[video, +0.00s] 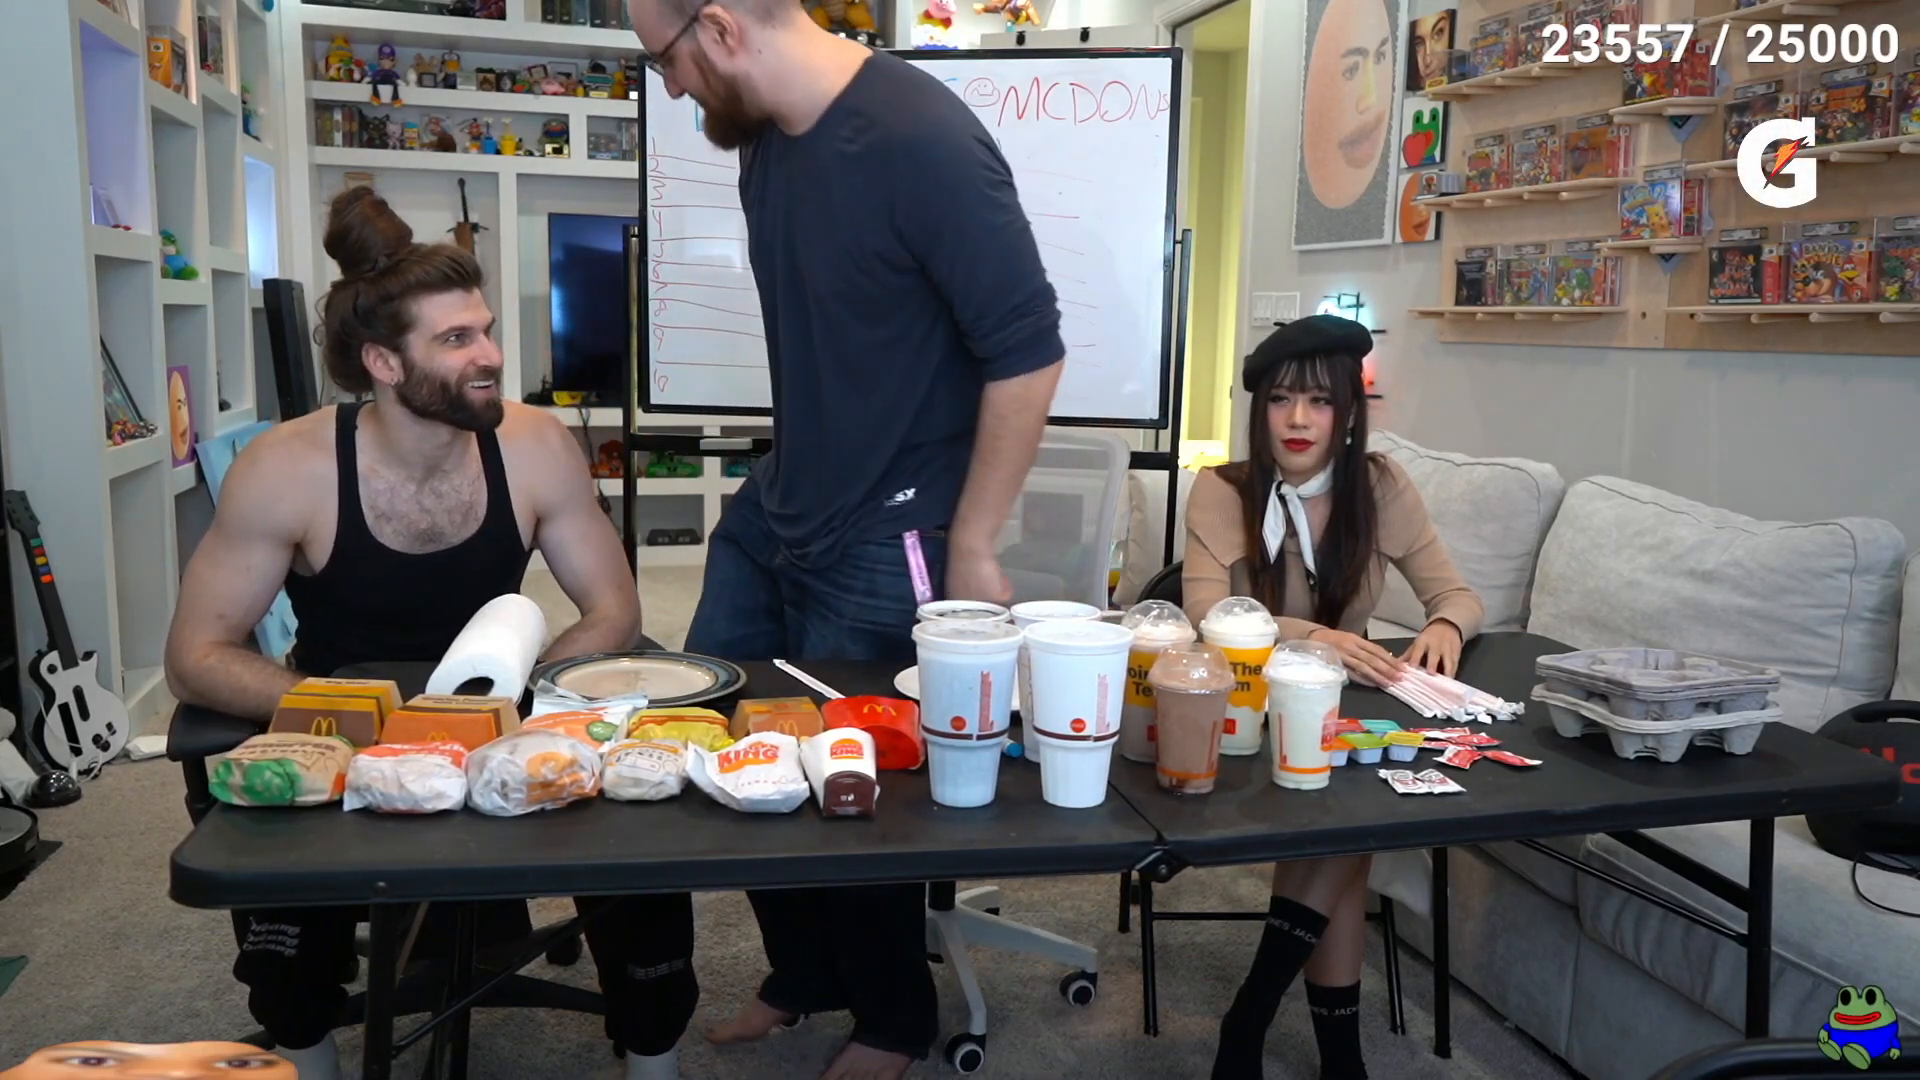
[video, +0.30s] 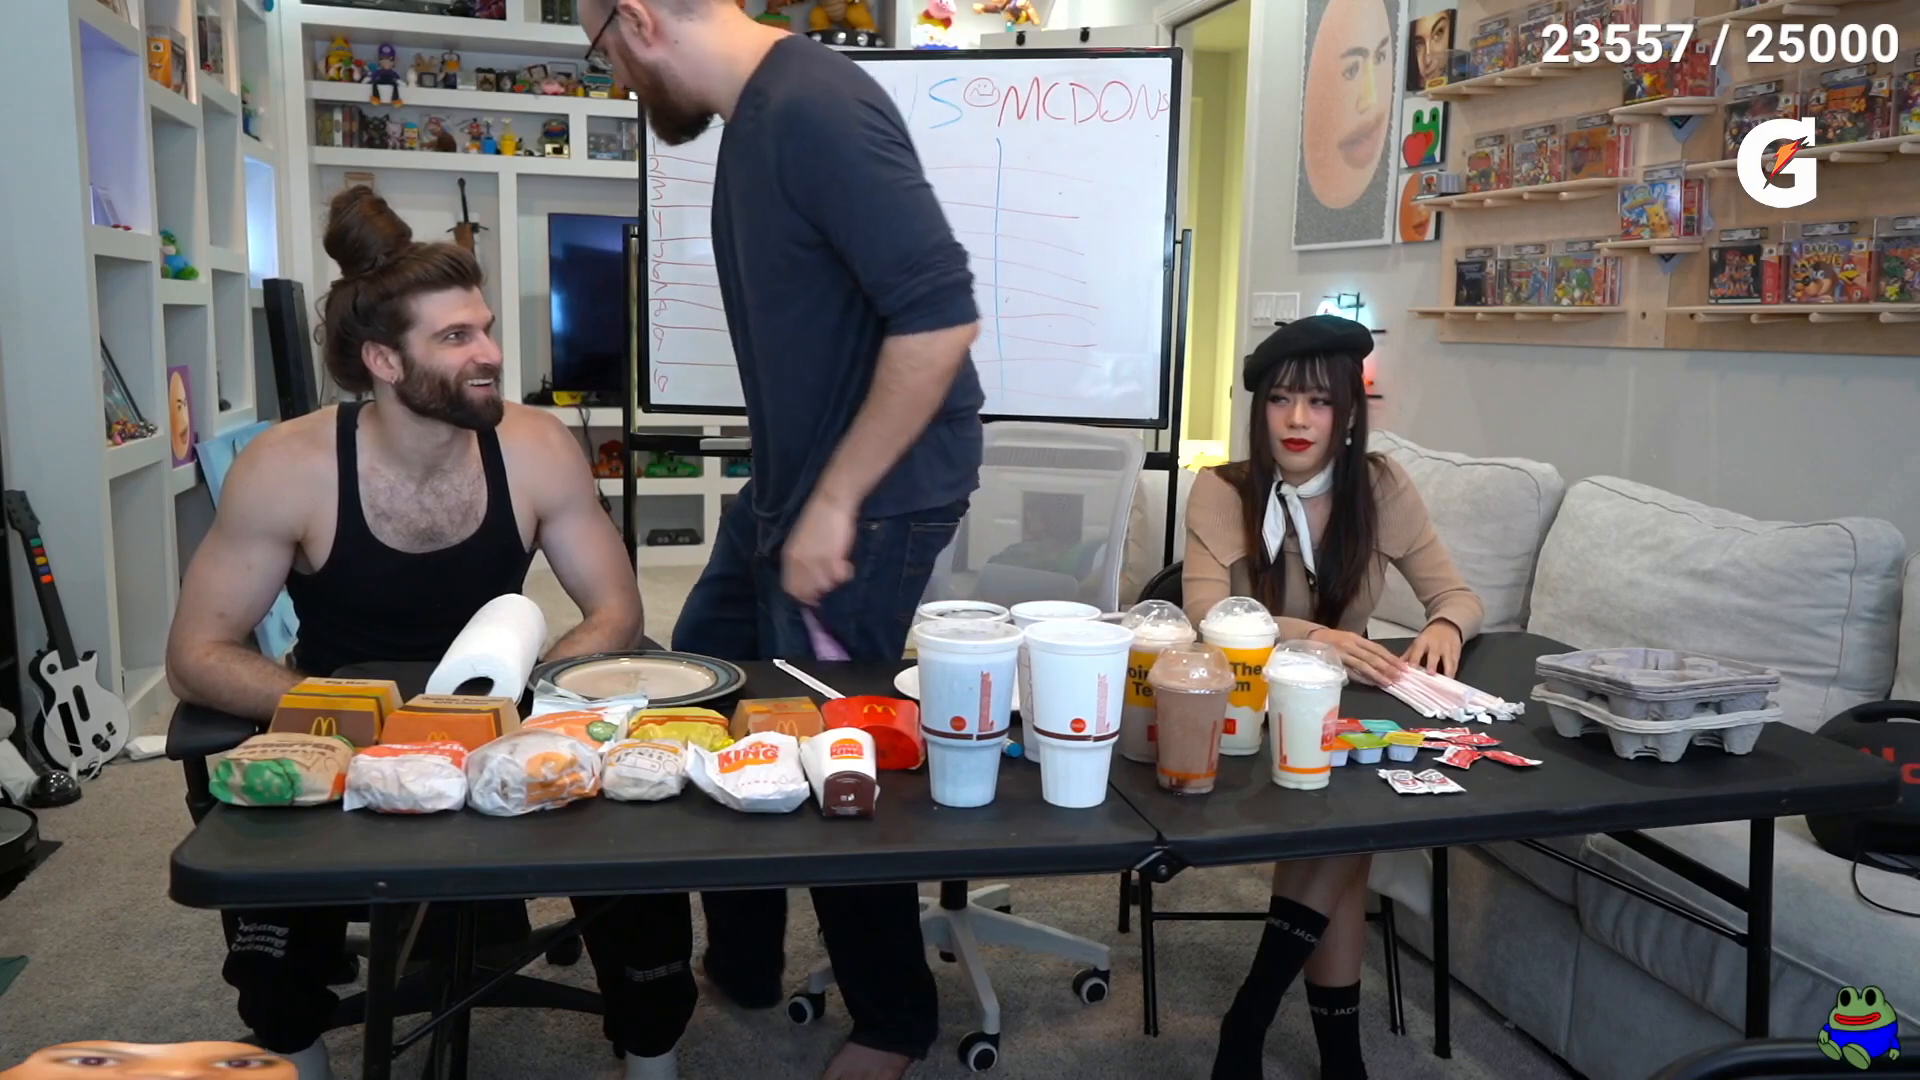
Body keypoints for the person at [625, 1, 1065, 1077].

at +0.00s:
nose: (671, 86)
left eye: (664, 58)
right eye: (659, 65)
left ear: (722, 27)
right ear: (729, 28)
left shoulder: (924, 139)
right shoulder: (764, 144)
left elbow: (1027, 351)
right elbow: (809, 339)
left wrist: (973, 539)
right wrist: (786, 477)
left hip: (887, 536)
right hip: (772, 513)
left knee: (862, 799)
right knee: (737, 756)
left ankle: (898, 1024)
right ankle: (801, 975)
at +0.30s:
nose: (621, 86)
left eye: (607, 55)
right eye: (606, 63)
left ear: (644, 22)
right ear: (666, 18)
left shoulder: (814, 109)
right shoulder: (761, 118)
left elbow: (935, 322)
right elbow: (816, 325)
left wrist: (836, 500)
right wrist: (785, 479)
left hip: (872, 499)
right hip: (787, 484)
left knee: (832, 746)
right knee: (703, 702)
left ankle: (892, 1022)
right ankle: (742, 967)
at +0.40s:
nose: (602, 86)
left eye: (589, 56)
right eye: (588, 64)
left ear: (621, 23)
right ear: (650, 18)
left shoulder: (783, 93)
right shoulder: (741, 111)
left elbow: (885, 311)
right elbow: (793, 318)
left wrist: (758, 463)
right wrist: (753, 464)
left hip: (860, 481)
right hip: (794, 478)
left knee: (809, 734)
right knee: (692, 691)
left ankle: (897, 1022)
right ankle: (724, 941)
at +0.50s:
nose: (588, 89)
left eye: (576, 60)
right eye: (576, 68)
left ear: (607, 28)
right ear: (643, 21)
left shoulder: (749, 92)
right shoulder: (730, 103)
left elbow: (815, 310)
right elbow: (791, 312)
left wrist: (696, 422)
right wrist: (734, 441)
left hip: (829, 477)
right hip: (777, 477)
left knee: (795, 739)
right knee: (688, 699)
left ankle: (894, 1021)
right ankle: (710, 913)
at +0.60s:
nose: (568, 84)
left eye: (560, 57)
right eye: (558, 65)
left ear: (586, 24)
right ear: (638, 15)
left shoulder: (714, 100)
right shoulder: (717, 94)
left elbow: (757, 317)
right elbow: (758, 311)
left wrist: (652, 381)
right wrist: (664, 382)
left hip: (792, 472)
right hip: (766, 468)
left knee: (778, 741)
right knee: (703, 703)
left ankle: (894, 1016)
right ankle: (719, 903)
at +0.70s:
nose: (550, 83)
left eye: (544, 56)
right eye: (544, 61)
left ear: (570, 28)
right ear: (627, 18)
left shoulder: (679, 109)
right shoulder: (714, 97)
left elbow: (712, 322)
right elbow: (752, 301)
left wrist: (607, 359)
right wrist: (639, 360)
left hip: (754, 466)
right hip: (774, 457)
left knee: (773, 734)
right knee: (725, 703)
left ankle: (887, 1002)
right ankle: (720, 914)